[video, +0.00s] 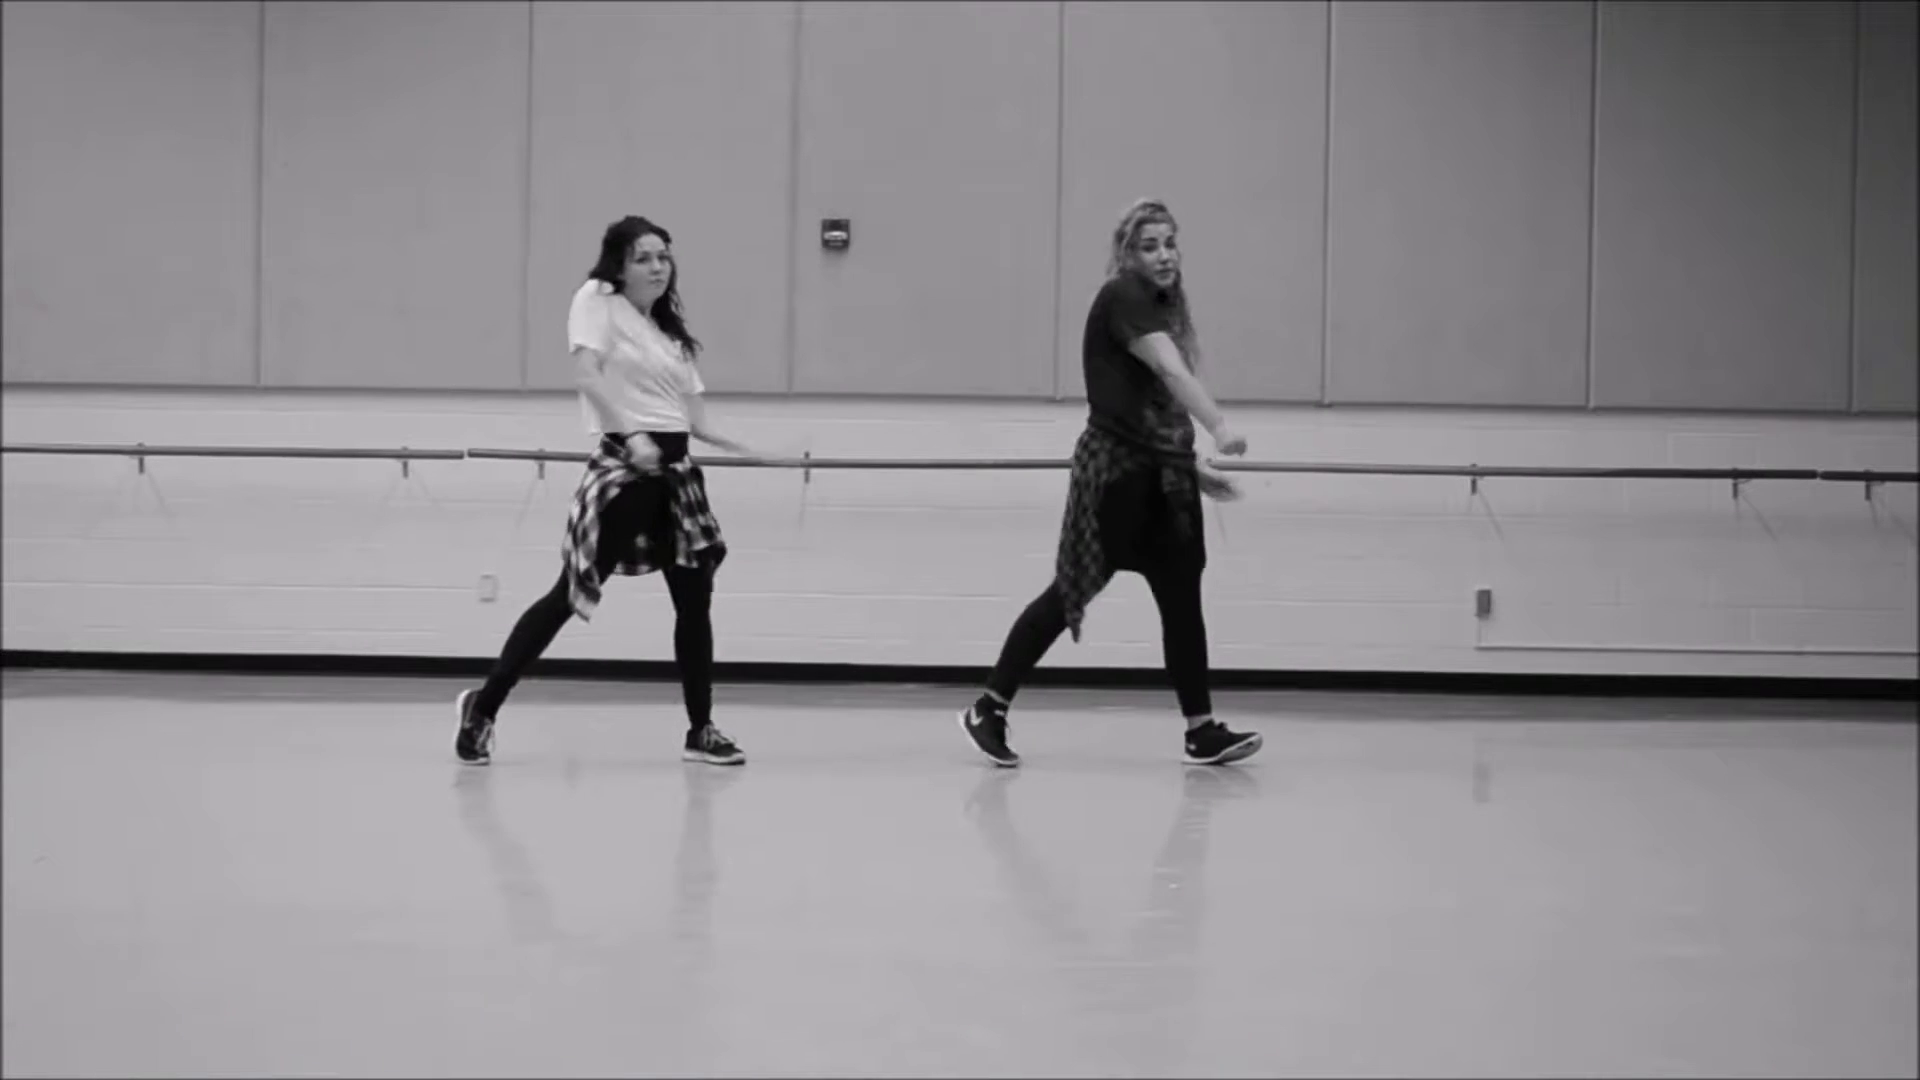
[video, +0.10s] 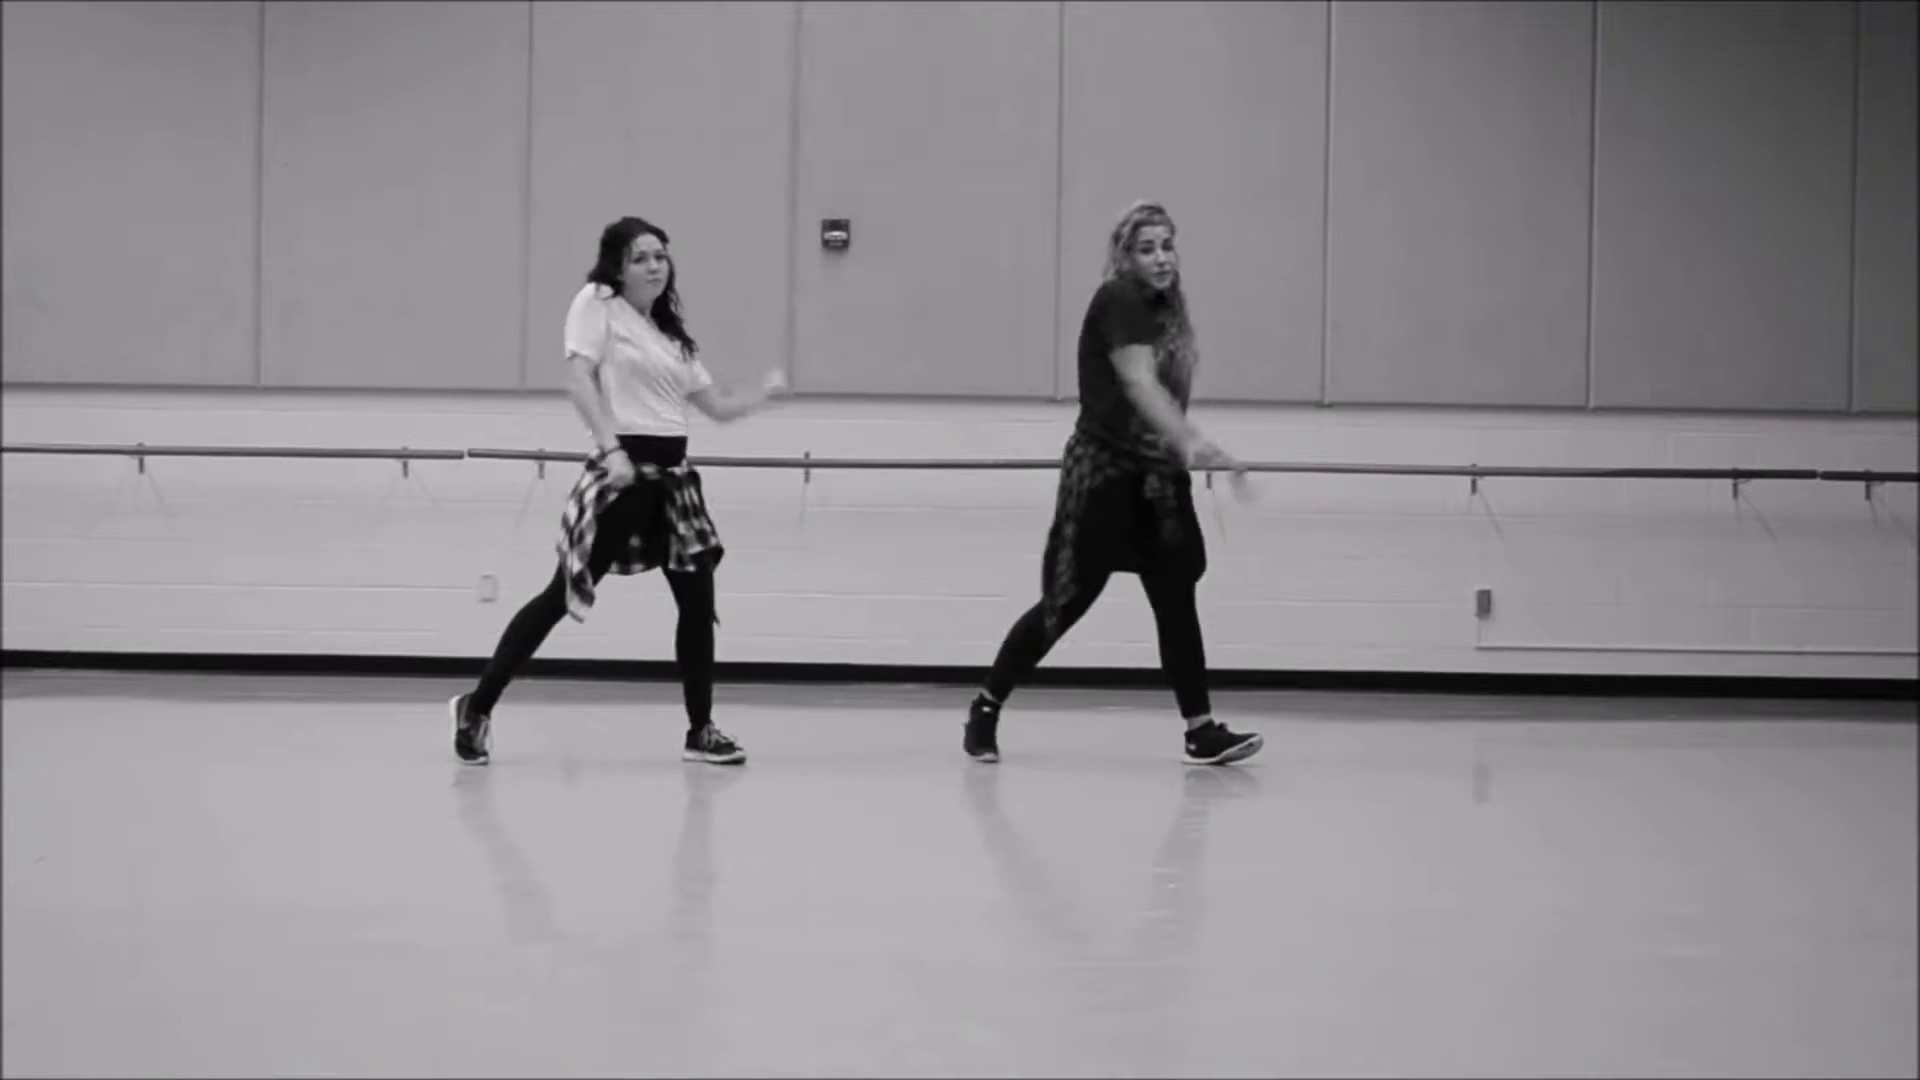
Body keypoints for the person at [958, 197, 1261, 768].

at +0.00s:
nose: (1164, 254)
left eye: (1170, 244)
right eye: (1150, 246)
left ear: (1178, 249)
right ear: (1127, 254)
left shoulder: (1169, 307)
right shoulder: (1123, 297)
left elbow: (1163, 403)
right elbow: (1169, 370)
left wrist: (1191, 464)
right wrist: (1219, 426)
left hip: (1165, 472)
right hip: (1114, 469)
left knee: (1181, 601)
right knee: (1072, 591)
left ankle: (1201, 729)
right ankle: (989, 706)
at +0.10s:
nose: (1161, 257)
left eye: (1168, 246)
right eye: (1147, 249)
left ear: (1176, 252)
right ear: (1124, 257)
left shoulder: (1168, 308)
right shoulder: (1118, 302)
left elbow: (1164, 394)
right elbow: (1139, 386)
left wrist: (1189, 448)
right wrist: (1192, 441)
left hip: (1156, 477)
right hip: (1102, 476)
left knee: (1175, 600)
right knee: (1067, 600)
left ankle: (1200, 728)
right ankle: (988, 703)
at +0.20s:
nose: (1155, 259)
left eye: (1162, 249)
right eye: (1143, 251)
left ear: (1172, 255)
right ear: (1122, 260)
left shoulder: (1165, 316)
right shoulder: (1105, 311)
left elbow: (1162, 407)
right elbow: (1083, 397)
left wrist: (1220, 420)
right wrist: (1118, 464)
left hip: (1150, 471)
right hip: (1087, 469)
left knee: (1174, 601)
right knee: (1051, 606)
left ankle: (1201, 729)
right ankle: (987, 720)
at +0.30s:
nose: (1143, 260)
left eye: (1151, 249)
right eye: (1130, 250)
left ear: (1161, 257)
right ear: (1108, 259)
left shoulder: (1155, 316)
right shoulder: (1075, 308)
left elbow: (1184, 386)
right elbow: (1013, 378)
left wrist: (1199, 375)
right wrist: (1042, 448)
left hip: (1143, 488)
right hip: (1068, 485)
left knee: (1181, 609)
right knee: (1028, 612)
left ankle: (1211, 725)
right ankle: (984, 723)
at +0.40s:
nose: (1125, 265)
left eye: (1132, 254)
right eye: (1112, 255)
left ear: (1142, 261)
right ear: (1089, 262)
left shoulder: (1152, 321)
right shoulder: (1048, 320)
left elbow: (1201, 379)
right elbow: (1008, 389)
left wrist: (1127, 361)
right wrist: (1027, 439)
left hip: (1134, 488)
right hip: (1055, 489)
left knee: (1184, 600)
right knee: (1027, 611)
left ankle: (1225, 715)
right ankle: (985, 723)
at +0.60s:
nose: (1108, 257)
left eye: (1115, 246)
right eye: (1096, 248)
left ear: (1126, 253)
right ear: (1074, 257)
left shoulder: (1151, 318)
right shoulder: (1043, 327)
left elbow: (1208, 385)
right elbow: (1024, 399)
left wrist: (1150, 371)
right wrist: (1018, 446)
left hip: (1141, 491)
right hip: (1063, 492)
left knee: (1195, 591)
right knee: (1033, 608)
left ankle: (1212, 719)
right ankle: (984, 723)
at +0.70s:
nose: (1110, 256)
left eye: (1116, 245)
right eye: (1096, 248)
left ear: (1127, 252)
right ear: (1076, 259)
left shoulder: (1155, 322)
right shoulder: (1050, 322)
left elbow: (1204, 380)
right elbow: (1005, 391)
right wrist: (1020, 446)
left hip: (1144, 484)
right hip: (1066, 485)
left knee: (1201, 589)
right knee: (1033, 606)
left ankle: (1214, 719)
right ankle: (983, 722)